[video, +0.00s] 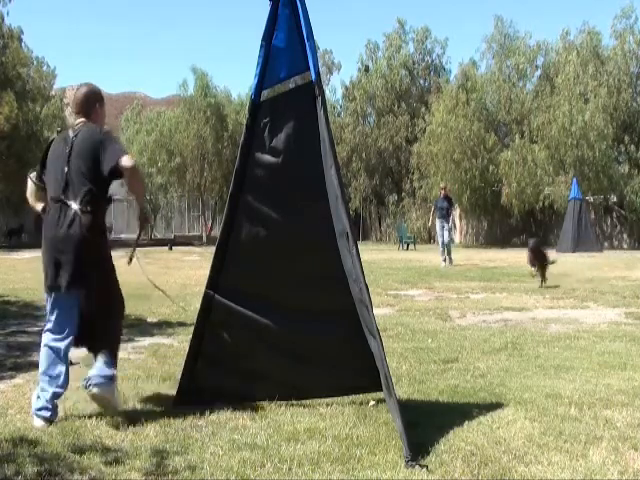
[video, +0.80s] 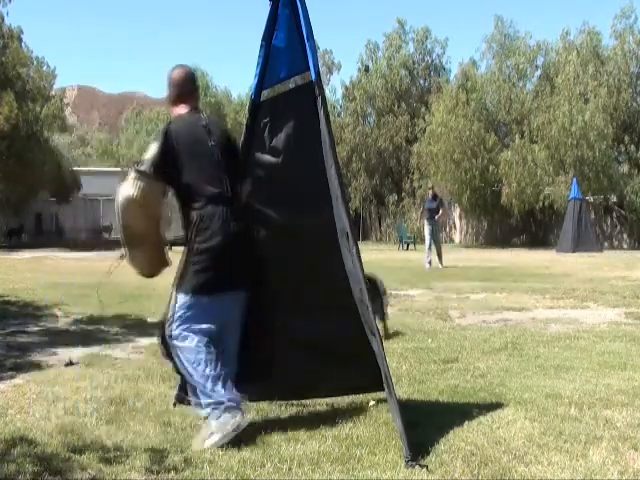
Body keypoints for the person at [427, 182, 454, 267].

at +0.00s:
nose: (443, 192)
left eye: (444, 190)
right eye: (442, 190)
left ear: (446, 191)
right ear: (440, 191)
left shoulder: (449, 200)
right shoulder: (437, 200)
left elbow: (452, 211)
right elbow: (432, 211)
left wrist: (451, 222)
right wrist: (430, 221)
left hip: (447, 220)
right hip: (439, 220)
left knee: (447, 240)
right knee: (441, 240)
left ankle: (449, 257)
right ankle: (443, 258)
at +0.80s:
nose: (431, 193)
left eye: (432, 191)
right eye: (429, 191)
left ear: (434, 191)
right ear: (428, 192)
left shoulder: (438, 200)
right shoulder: (426, 201)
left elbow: (441, 210)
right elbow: (422, 210)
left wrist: (438, 216)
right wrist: (420, 218)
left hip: (435, 221)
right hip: (427, 221)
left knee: (437, 242)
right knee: (428, 241)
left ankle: (440, 261)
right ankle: (428, 262)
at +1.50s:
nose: (420, 188)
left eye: (421, 185)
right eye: (418, 186)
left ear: (423, 186)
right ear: (416, 187)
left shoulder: (427, 197)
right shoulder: (413, 197)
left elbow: (430, 211)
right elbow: (410, 210)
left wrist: (432, 223)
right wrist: (410, 221)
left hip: (425, 221)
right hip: (416, 221)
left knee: (425, 244)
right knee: (415, 243)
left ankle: (426, 264)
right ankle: (417, 263)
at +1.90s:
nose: (407, 187)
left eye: (409, 185)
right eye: (405, 185)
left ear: (412, 185)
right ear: (404, 186)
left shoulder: (417, 196)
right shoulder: (402, 196)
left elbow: (420, 210)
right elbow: (399, 209)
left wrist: (418, 221)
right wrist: (396, 221)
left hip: (414, 221)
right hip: (405, 220)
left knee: (414, 244)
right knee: (407, 245)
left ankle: (419, 261)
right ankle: (410, 265)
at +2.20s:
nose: (401, 186)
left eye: (402, 184)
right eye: (399, 184)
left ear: (405, 185)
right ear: (397, 186)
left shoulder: (410, 196)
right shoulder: (394, 197)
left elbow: (416, 207)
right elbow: (391, 207)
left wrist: (420, 218)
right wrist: (391, 215)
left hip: (407, 220)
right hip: (397, 220)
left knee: (404, 244)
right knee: (403, 244)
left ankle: (404, 265)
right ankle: (409, 263)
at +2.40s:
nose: (395, 184)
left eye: (397, 182)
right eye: (394, 182)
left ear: (401, 182)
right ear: (392, 183)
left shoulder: (405, 194)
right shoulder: (390, 195)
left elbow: (410, 208)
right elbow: (388, 207)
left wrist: (412, 220)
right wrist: (387, 219)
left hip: (403, 220)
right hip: (394, 220)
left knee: (402, 244)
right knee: (392, 243)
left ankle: (403, 267)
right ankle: (399, 263)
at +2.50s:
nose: (393, 184)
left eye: (395, 181)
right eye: (391, 182)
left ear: (398, 182)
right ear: (389, 183)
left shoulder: (402, 194)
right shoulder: (388, 194)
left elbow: (405, 207)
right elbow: (386, 208)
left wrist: (404, 219)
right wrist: (385, 220)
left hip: (400, 221)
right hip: (391, 221)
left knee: (401, 245)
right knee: (389, 243)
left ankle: (403, 267)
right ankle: (390, 266)